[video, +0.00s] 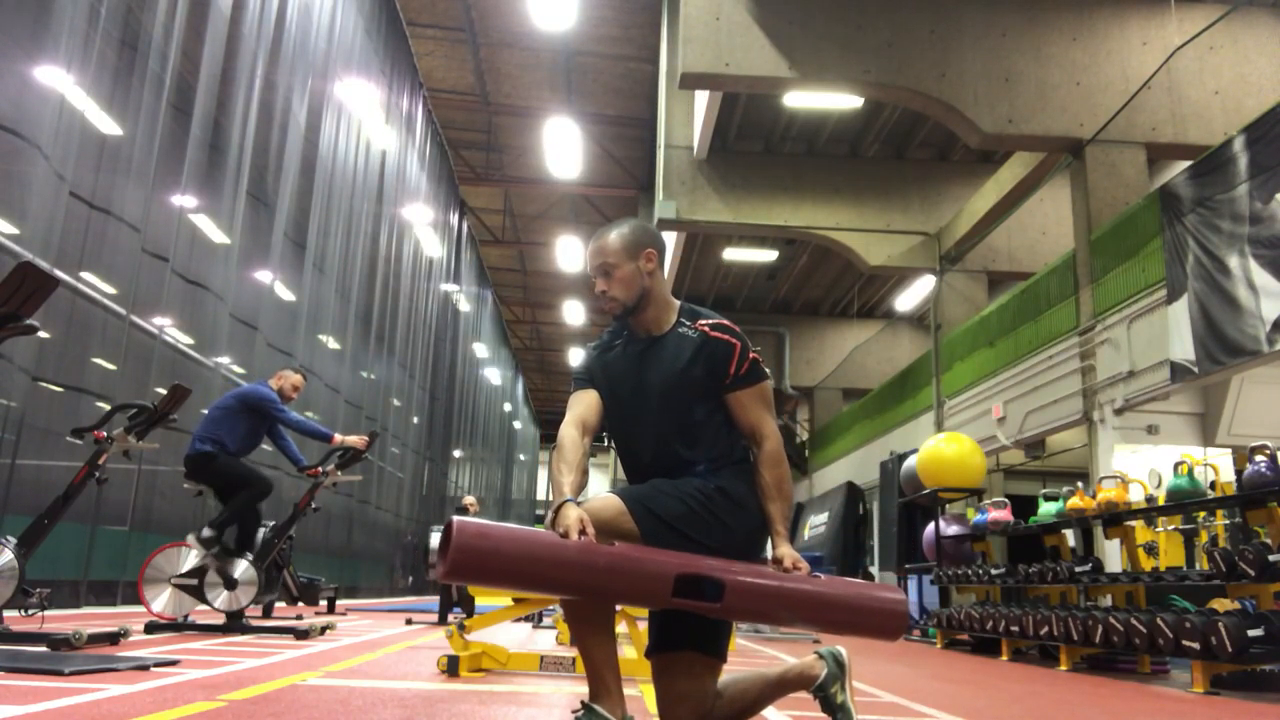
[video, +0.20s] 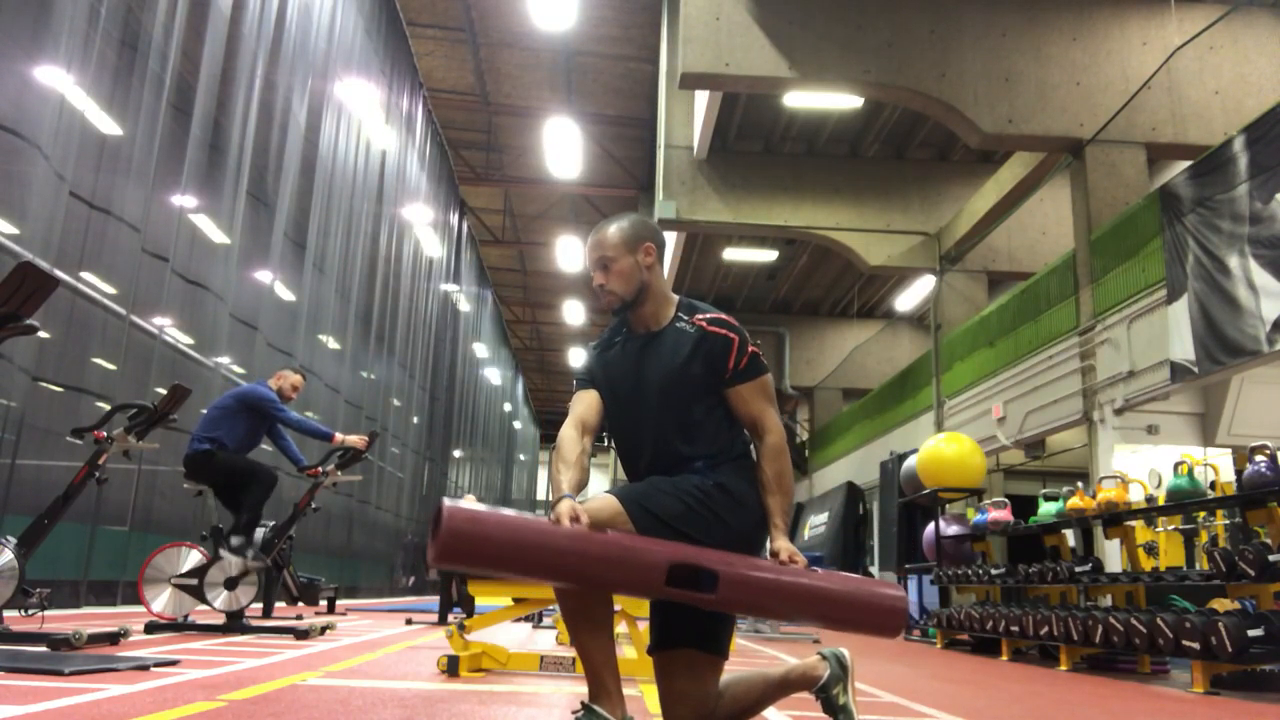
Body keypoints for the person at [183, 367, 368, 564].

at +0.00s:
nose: (294, 396)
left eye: (298, 392)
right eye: (293, 388)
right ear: (278, 379)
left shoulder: (265, 403)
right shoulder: (260, 393)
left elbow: (280, 440)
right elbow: (295, 422)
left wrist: (304, 466)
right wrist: (340, 439)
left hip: (217, 460)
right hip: (205, 456)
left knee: (251, 515)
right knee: (261, 485)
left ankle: (236, 564)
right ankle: (209, 532)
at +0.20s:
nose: (294, 396)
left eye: (297, 392)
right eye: (293, 388)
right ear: (277, 378)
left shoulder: (264, 404)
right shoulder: (258, 393)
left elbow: (280, 440)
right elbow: (295, 421)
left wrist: (304, 467)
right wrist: (341, 439)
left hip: (212, 460)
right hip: (205, 456)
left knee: (248, 511)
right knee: (265, 476)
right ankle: (239, 539)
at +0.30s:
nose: (294, 395)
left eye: (297, 393)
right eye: (293, 387)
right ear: (277, 377)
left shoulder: (265, 405)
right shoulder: (259, 393)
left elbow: (281, 440)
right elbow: (295, 421)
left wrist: (304, 467)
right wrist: (341, 439)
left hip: (220, 459)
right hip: (206, 458)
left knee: (263, 502)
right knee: (259, 500)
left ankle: (225, 542)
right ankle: (236, 564)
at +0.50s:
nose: (295, 394)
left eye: (299, 391)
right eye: (294, 387)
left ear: (281, 384)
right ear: (279, 378)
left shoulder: (265, 401)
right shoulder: (259, 392)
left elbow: (279, 438)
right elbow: (295, 421)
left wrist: (304, 467)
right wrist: (341, 439)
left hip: (228, 462)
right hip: (207, 460)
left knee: (278, 477)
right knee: (232, 515)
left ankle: (242, 528)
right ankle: (209, 580)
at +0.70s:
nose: (293, 397)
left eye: (297, 393)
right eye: (292, 389)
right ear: (277, 379)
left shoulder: (266, 407)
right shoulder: (257, 393)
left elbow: (280, 440)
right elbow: (295, 423)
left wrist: (304, 467)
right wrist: (341, 439)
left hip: (222, 461)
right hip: (205, 459)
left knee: (264, 505)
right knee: (252, 499)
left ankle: (255, 563)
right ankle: (202, 544)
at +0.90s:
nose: (295, 395)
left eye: (298, 392)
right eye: (294, 388)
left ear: (282, 384)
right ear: (278, 378)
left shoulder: (262, 402)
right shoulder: (258, 392)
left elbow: (279, 438)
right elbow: (295, 422)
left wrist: (304, 467)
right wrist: (342, 439)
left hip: (214, 460)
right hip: (205, 457)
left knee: (245, 519)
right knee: (267, 471)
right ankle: (229, 527)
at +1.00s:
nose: (294, 396)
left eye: (297, 393)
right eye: (293, 389)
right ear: (278, 379)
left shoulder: (265, 406)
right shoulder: (257, 393)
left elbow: (280, 440)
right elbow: (295, 422)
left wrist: (303, 467)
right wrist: (342, 439)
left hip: (212, 459)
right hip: (205, 456)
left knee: (252, 510)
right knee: (264, 481)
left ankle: (226, 544)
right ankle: (241, 544)